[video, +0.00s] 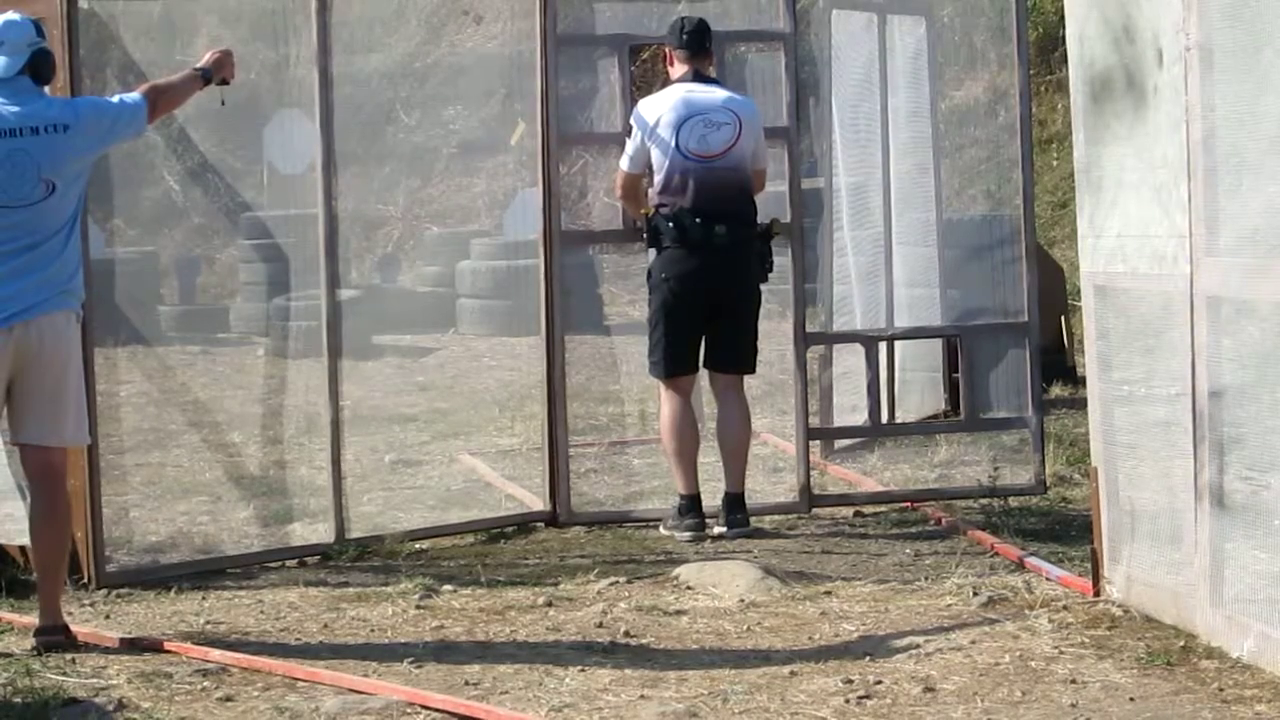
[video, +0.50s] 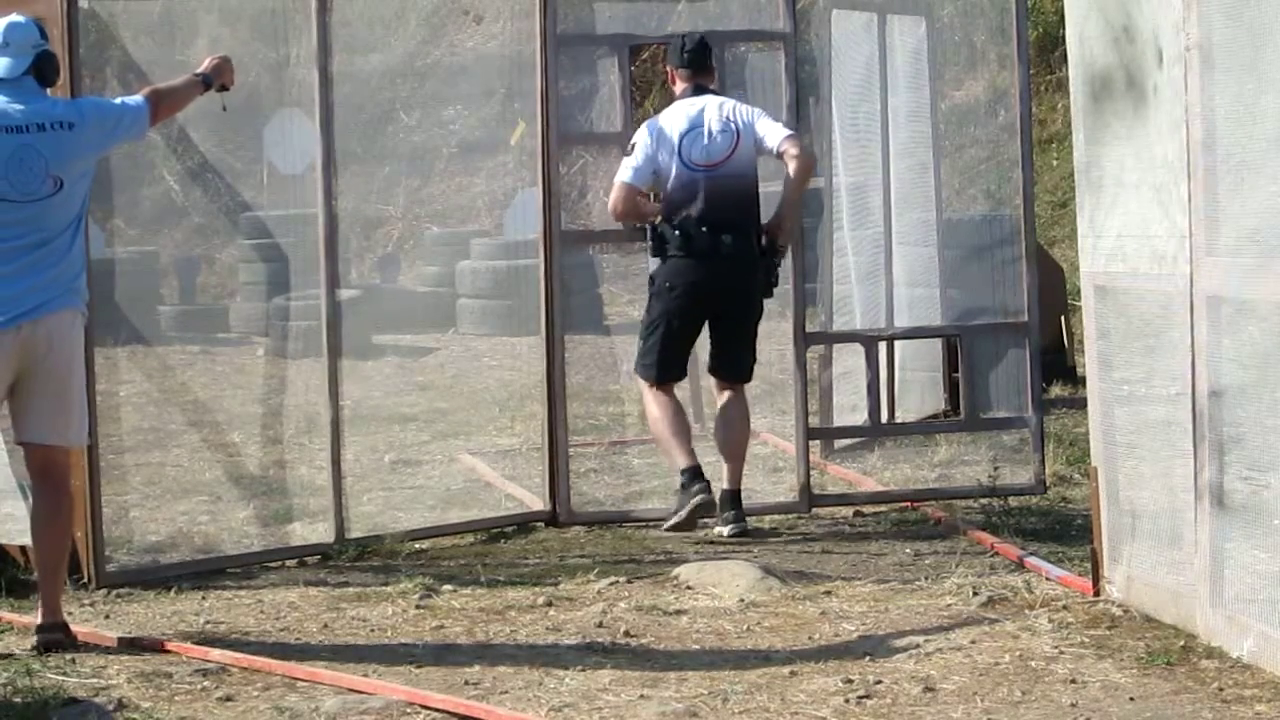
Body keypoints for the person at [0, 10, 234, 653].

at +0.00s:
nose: (51, 68)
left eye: (44, 59)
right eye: (48, 61)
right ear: (41, 65)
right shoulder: (63, 120)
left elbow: (147, 103)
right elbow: (149, 102)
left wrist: (196, 76)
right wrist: (204, 72)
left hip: (16, 315)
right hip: (41, 314)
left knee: (46, 471)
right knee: (47, 470)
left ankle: (49, 617)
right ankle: (50, 620)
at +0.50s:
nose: (52, 71)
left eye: (42, 61)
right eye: (49, 63)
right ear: (44, 68)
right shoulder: (69, 121)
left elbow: (149, 107)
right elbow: (151, 105)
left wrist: (195, 81)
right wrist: (204, 77)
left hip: (11, 316)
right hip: (48, 313)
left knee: (48, 470)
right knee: (50, 470)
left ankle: (47, 614)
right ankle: (50, 618)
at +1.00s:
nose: (26, 85)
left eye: (17, 79)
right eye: (23, 78)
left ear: (6, 86)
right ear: (19, 83)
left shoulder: (33, 133)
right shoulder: (37, 133)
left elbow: (128, 113)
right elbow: (130, 112)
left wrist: (174, 88)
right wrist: (182, 85)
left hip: (24, 328)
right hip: (35, 327)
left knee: (43, 469)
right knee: (44, 469)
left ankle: (54, 611)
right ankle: (55, 612)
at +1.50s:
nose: (41, 69)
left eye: (31, 58)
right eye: (36, 61)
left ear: (2, 74)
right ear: (29, 70)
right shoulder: (63, 125)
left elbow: (144, 103)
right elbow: (146, 101)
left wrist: (184, 72)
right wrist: (192, 66)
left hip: (9, 348)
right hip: (72, 336)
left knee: (6, 508)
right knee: (92, 503)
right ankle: (120, 645)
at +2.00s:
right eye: (106, 48)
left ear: (33, 56)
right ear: (100, 51)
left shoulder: (8, 120)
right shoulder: (138, 108)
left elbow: (6, 227)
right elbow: (213, 89)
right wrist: (248, 62)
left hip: (41, 333)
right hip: (135, 325)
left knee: (38, 489)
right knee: (131, 506)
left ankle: (68, 629)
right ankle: (130, 677)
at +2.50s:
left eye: (56, 51)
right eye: (120, 46)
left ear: (52, 56)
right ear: (123, 49)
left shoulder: (25, 129)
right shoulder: (169, 107)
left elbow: (7, 271)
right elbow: (237, 93)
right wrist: (269, 64)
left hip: (84, 351)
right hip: (177, 332)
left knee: (106, 539)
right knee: (159, 510)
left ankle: (145, 703)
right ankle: (141, 686)